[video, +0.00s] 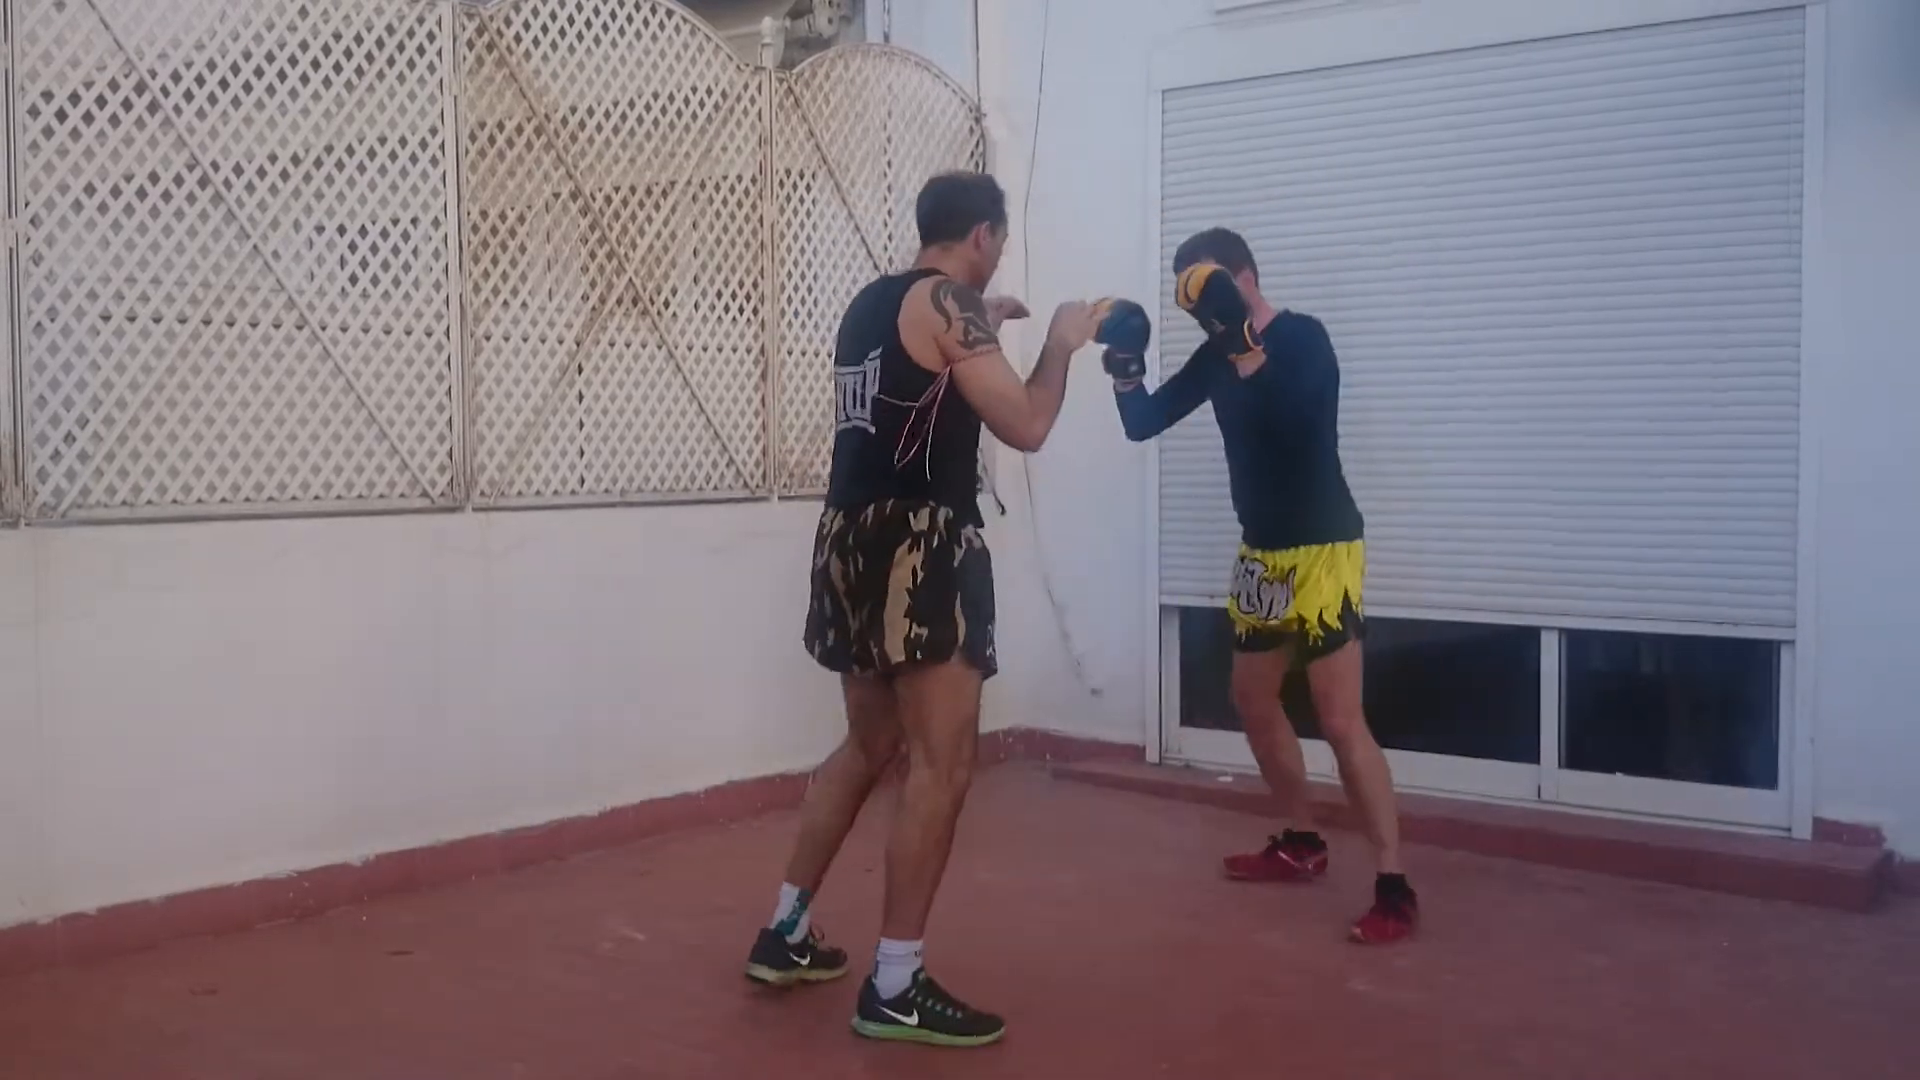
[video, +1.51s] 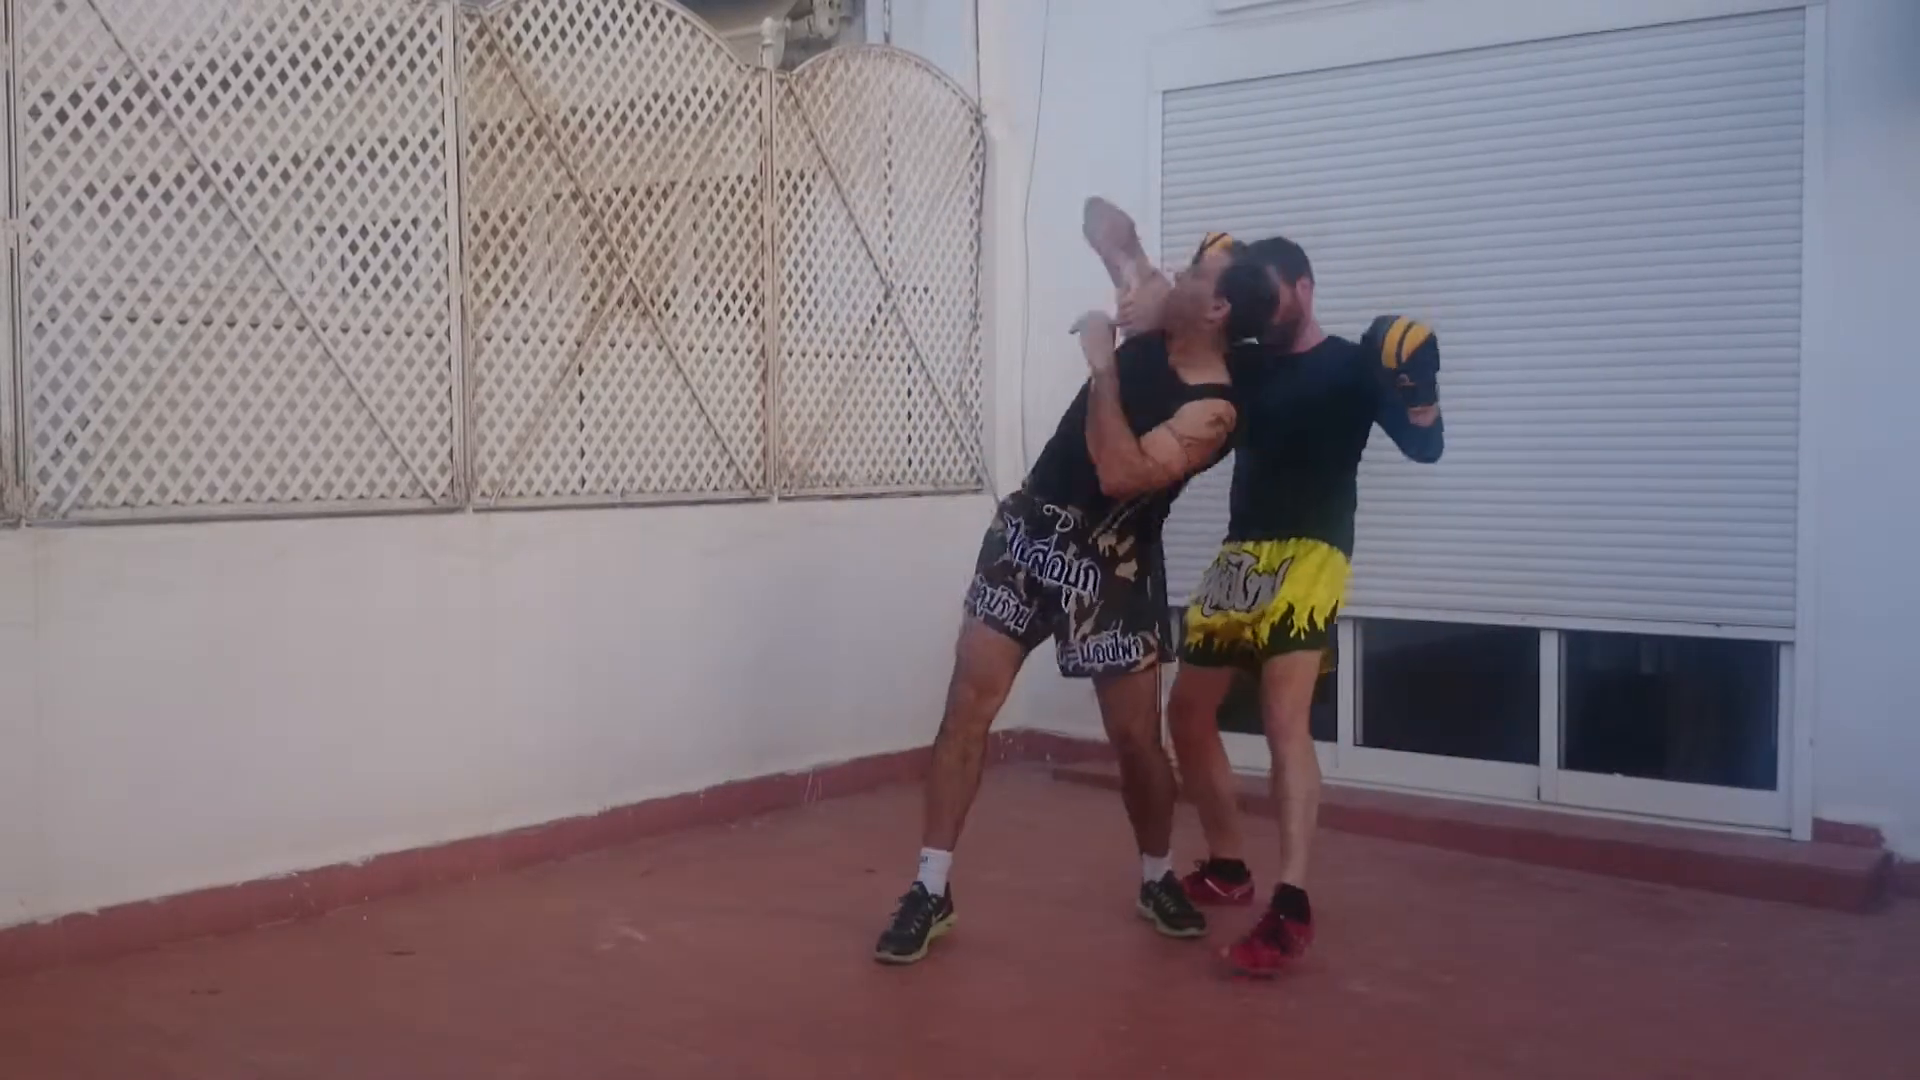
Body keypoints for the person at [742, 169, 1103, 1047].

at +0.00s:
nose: (1001, 256)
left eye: (999, 243)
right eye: (1000, 241)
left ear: (925, 234)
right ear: (978, 238)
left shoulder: (868, 301)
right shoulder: (945, 306)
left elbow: (907, 373)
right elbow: (1024, 425)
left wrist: (976, 324)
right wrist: (1062, 347)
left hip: (852, 541)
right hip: (921, 549)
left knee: (870, 745)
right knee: (942, 767)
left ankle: (782, 932)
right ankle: (895, 986)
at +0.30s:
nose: (1046, 263)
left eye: (1047, 249)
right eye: (1046, 249)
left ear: (971, 236)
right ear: (1025, 243)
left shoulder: (912, 304)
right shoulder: (993, 312)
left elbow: (952, 369)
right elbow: (1067, 437)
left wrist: (1018, 321)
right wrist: (1099, 361)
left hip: (891, 545)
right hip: (951, 553)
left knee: (926, 746)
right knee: (966, 760)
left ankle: (891, 920)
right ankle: (897, 985)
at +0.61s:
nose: (1157, 416)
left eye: (1160, 403)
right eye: (1157, 402)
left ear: (1110, 385)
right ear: (1129, 390)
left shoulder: (1055, 418)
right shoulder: (1068, 412)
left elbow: (1085, 522)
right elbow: (1170, 510)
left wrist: (1173, 476)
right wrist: (1200, 440)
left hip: (976, 601)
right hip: (934, 602)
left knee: (1059, 733)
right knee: (1020, 788)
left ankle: (1092, 875)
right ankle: (903, 986)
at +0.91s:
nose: (1251, 429)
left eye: (1257, 415)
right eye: (1245, 409)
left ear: (1219, 406)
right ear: (1199, 388)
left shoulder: (1173, 486)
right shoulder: (1126, 395)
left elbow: (1186, 594)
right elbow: (1149, 472)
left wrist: (1269, 652)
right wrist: (1239, 458)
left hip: (1058, 592)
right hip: (982, 559)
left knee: (1137, 732)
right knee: (987, 748)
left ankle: (1119, 886)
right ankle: (884, 897)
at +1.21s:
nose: (1195, 284)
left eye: (1207, 281)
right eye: (1204, 277)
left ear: (1221, 315)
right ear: (1213, 314)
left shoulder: (1200, 412)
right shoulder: (1167, 335)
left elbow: (1106, 464)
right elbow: (1156, 294)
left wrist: (1078, 368)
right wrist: (1147, 255)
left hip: (1096, 557)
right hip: (1013, 526)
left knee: (1116, 748)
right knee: (948, 703)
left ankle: (1149, 880)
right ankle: (925, 889)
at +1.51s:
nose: (1184, 275)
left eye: (1198, 275)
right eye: (1195, 269)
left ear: (1217, 310)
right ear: (1207, 300)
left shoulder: (1212, 410)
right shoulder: (1156, 308)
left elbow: (1121, 474)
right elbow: (1101, 212)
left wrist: (1103, 364)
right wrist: (1126, 259)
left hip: (1116, 555)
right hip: (1033, 525)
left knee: (1136, 736)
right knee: (969, 705)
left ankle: (1157, 881)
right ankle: (929, 888)